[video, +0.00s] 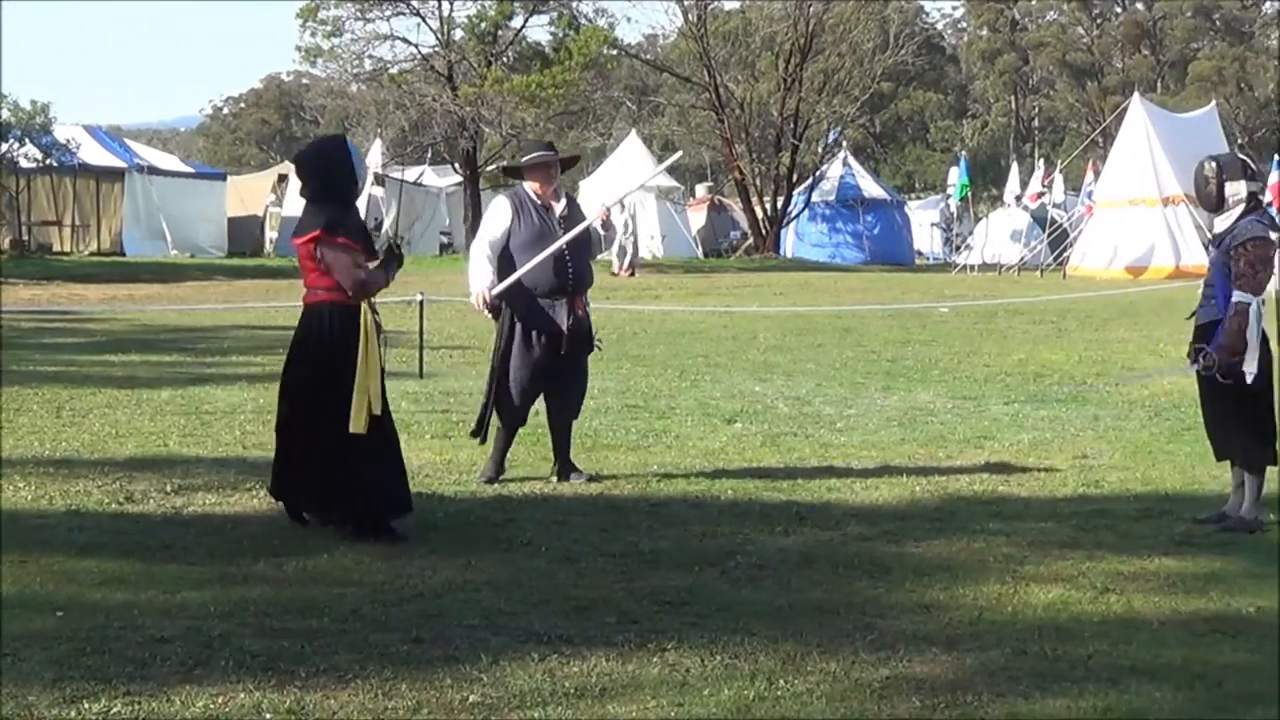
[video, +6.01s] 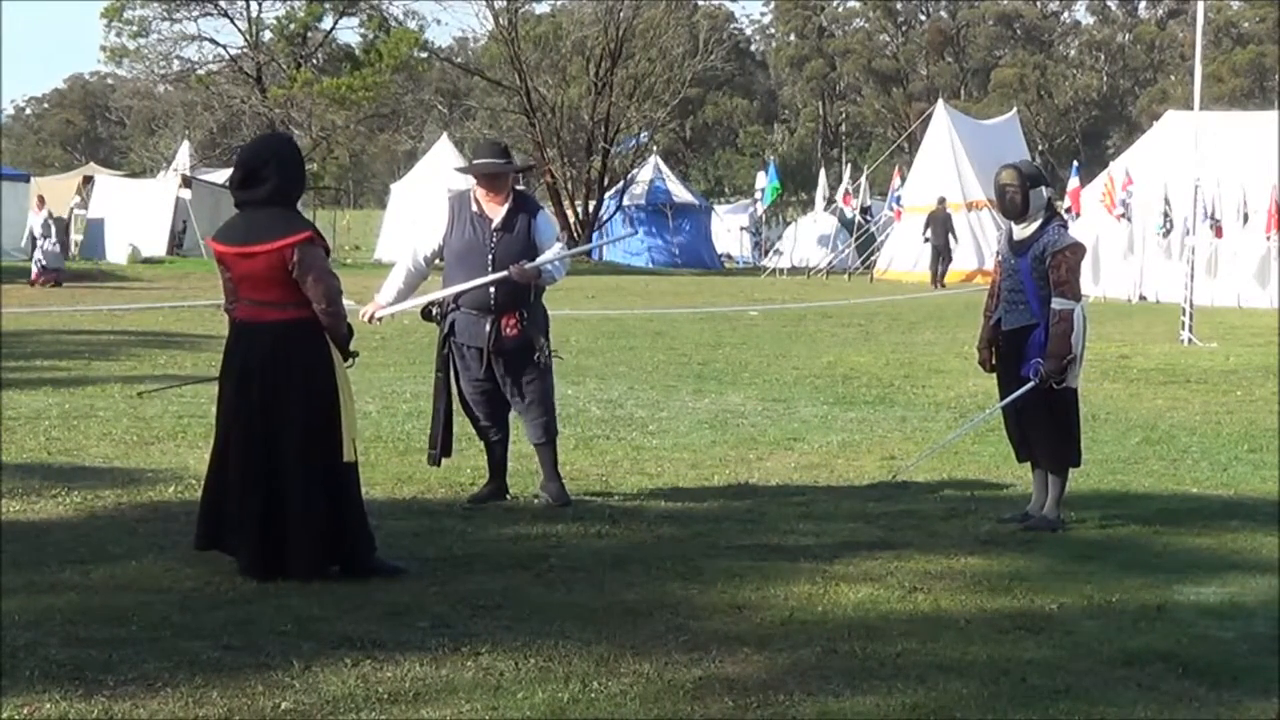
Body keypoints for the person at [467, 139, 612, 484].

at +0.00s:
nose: (548, 173)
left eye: (552, 167)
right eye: (540, 168)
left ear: (560, 169)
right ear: (525, 173)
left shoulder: (569, 203)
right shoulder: (508, 205)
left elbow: (590, 250)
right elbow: (483, 247)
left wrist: (600, 228)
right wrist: (481, 283)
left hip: (571, 307)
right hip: (527, 307)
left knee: (565, 390)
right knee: (518, 389)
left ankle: (564, 464)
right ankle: (495, 461)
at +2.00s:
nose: (457, 176)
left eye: (463, 168)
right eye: (450, 170)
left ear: (474, 170)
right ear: (437, 173)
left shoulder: (484, 204)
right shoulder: (418, 206)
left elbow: (496, 255)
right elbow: (386, 246)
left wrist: (517, 254)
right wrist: (375, 283)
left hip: (481, 313)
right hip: (438, 314)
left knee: (481, 393)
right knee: (454, 396)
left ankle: (457, 463)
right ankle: (460, 477)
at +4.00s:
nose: (537, 178)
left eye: (544, 170)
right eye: (529, 170)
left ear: (555, 173)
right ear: (515, 173)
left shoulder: (571, 215)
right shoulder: (493, 207)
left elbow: (592, 262)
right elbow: (456, 250)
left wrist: (560, 270)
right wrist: (415, 285)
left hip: (549, 327)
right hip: (497, 324)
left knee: (552, 407)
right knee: (499, 407)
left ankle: (557, 483)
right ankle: (497, 481)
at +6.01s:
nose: (489, 184)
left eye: (497, 177)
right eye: (482, 178)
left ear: (512, 176)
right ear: (472, 178)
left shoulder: (532, 212)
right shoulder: (453, 209)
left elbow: (559, 260)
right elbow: (418, 257)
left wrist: (536, 273)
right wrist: (385, 299)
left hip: (521, 326)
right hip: (468, 326)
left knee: (536, 406)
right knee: (484, 411)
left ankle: (551, 480)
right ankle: (496, 481)